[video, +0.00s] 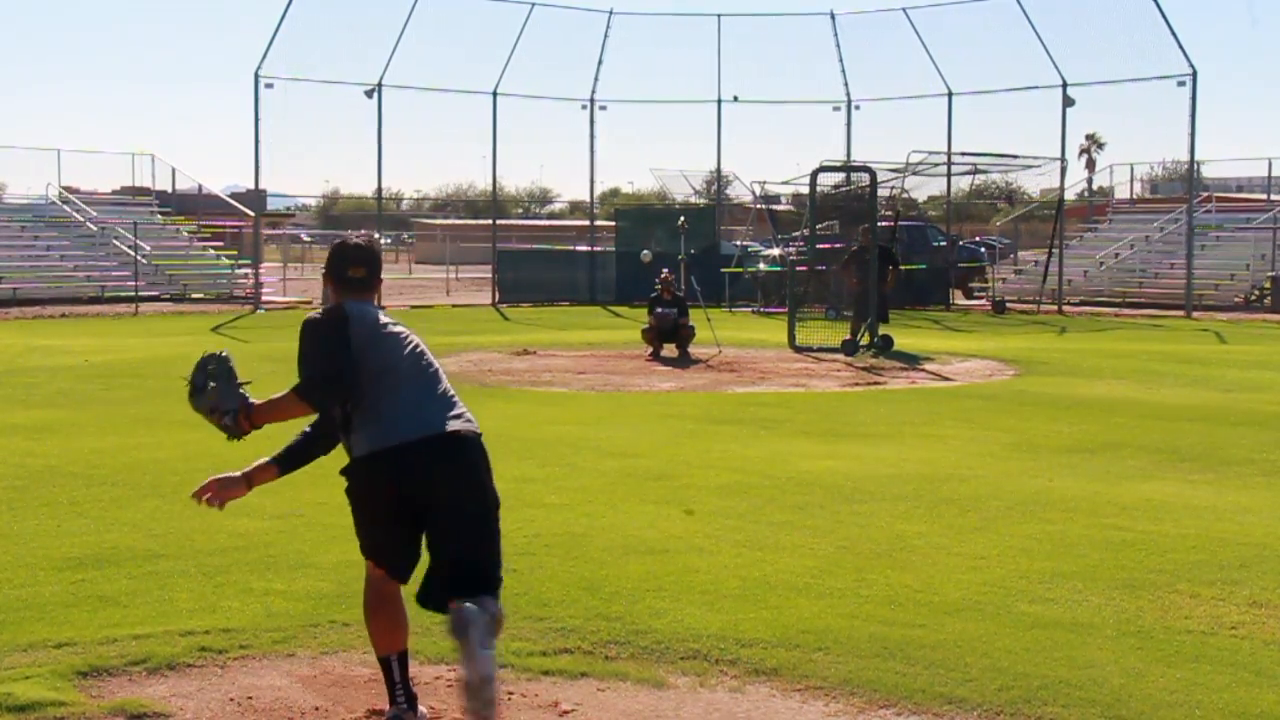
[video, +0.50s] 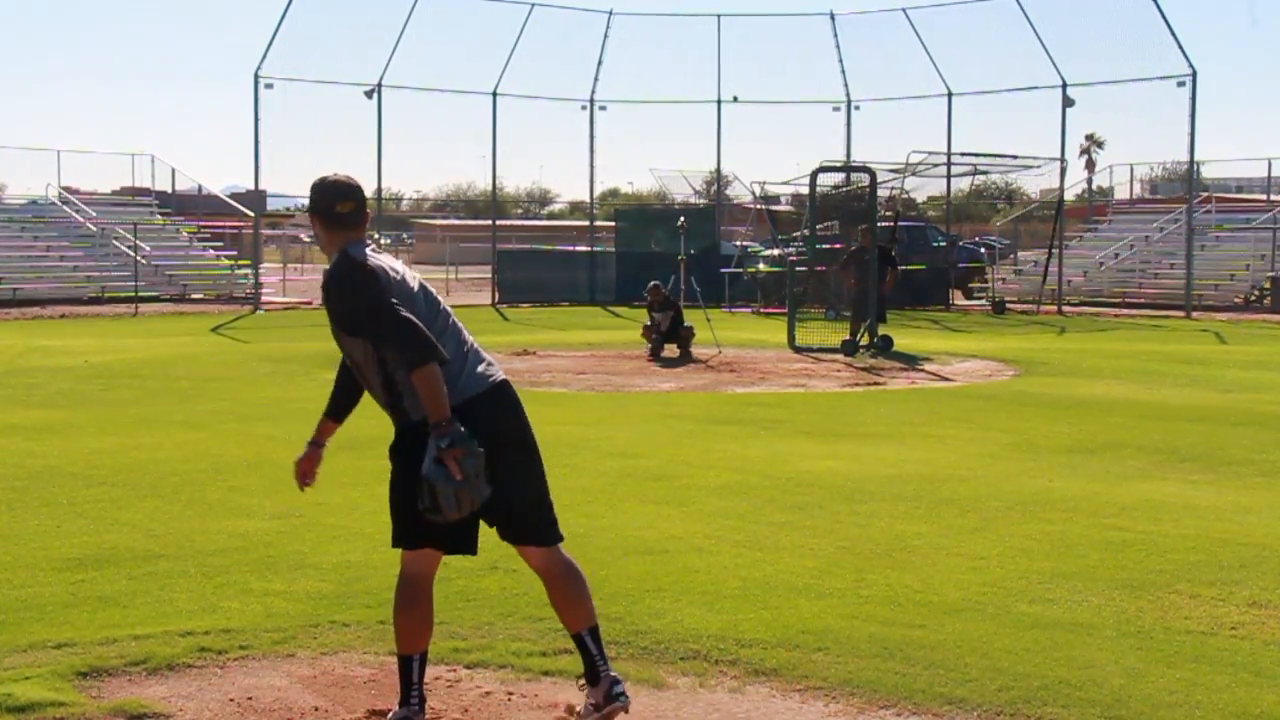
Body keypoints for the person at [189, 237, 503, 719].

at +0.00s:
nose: (322, 288)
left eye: (323, 281)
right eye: (325, 282)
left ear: (328, 283)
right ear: (378, 285)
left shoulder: (323, 324)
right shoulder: (396, 333)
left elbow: (320, 395)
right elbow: (328, 432)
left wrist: (251, 413)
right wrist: (248, 477)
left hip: (385, 461)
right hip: (457, 449)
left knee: (384, 574)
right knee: (475, 586)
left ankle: (401, 701)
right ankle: (474, 626)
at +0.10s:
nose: (308, 276)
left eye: (309, 268)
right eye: (313, 269)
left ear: (313, 270)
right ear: (362, 271)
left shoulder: (318, 304)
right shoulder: (385, 316)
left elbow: (336, 353)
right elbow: (366, 413)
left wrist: (265, 411)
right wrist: (308, 460)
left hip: (395, 443)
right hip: (467, 421)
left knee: (395, 570)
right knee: (520, 565)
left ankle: (406, 700)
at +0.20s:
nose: (301, 263)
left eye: (300, 255)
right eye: (311, 253)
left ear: (304, 257)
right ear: (352, 254)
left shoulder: (312, 295)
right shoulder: (377, 301)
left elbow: (340, 343)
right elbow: (381, 401)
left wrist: (314, 412)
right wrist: (349, 476)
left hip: (404, 438)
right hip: (474, 407)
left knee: (403, 571)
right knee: (559, 536)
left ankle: (408, 704)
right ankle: (666, 609)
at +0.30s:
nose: (295, 248)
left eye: (296, 240)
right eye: (302, 238)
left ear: (301, 246)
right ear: (348, 243)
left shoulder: (315, 289)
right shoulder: (374, 288)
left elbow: (366, 342)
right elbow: (384, 390)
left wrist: (380, 421)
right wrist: (367, 480)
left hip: (419, 431)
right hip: (482, 403)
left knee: (410, 571)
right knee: (574, 529)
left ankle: (409, 704)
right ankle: (679, 628)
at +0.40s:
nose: (299, 239)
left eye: (298, 230)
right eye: (309, 229)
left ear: (302, 234)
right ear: (353, 231)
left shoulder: (327, 284)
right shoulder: (373, 275)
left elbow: (391, 342)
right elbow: (370, 384)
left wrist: (421, 415)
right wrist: (353, 467)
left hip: (424, 428)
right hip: (488, 402)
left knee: (415, 567)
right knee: (564, 536)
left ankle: (410, 702)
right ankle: (641, 659)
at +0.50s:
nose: (309, 224)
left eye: (309, 216)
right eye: (314, 216)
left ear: (313, 223)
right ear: (363, 216)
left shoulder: (347, 276)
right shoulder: (374, 265)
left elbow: (417, 347)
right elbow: (355, 370)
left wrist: (445, 432)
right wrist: (317, 444)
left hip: (431, 428)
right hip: (493, 410)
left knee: (418, 567)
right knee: (542, 548)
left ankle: (411, 703)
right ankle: (603, 678)